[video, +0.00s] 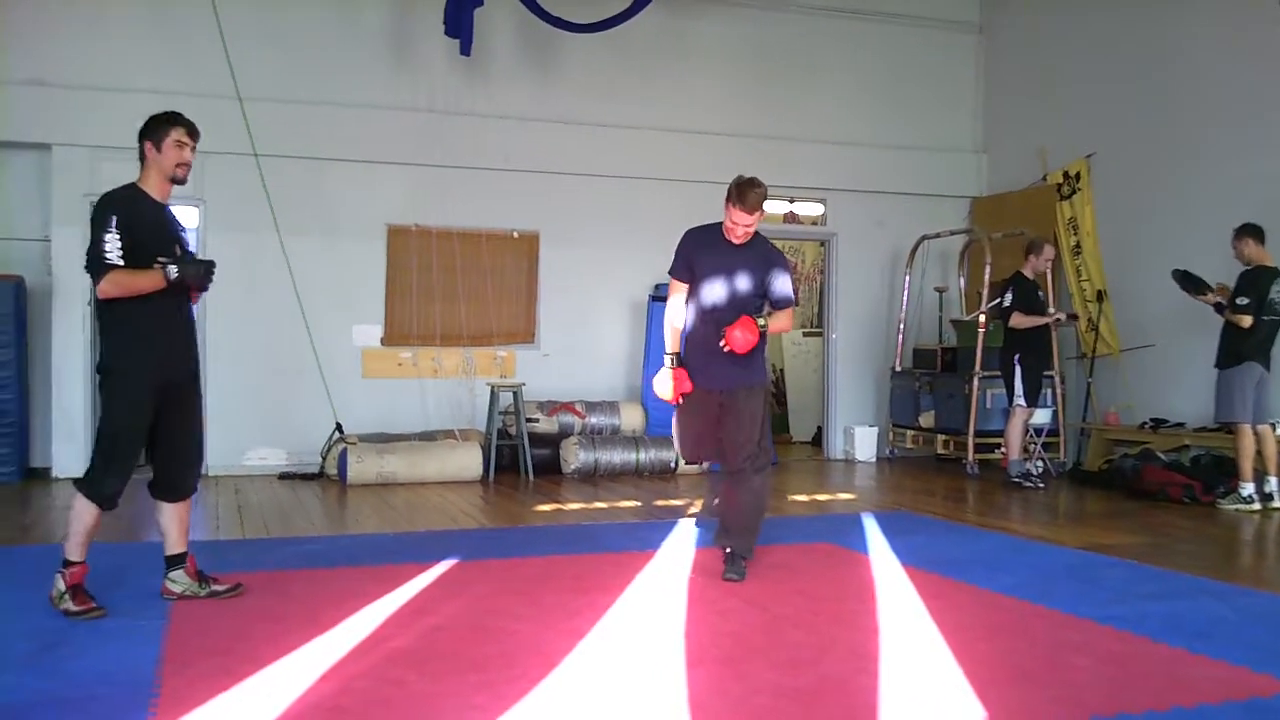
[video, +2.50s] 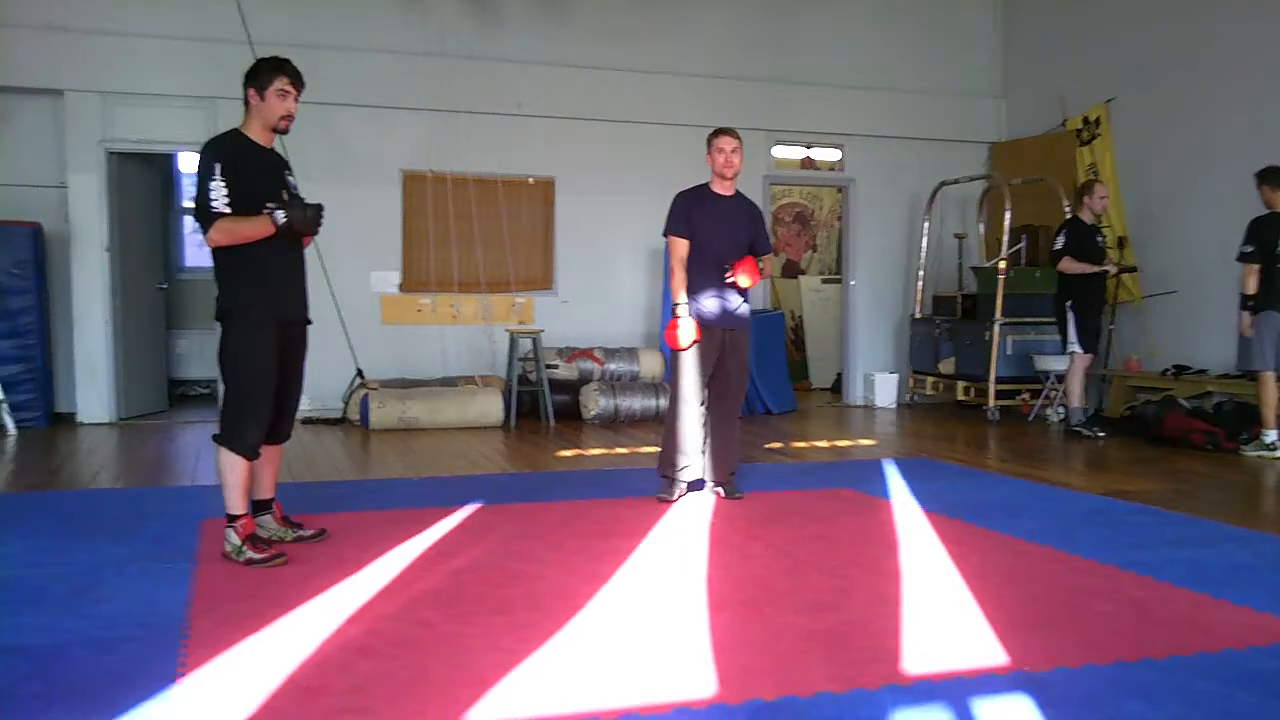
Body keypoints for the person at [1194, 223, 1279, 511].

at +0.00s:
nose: (1235, 254)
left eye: (1236, 248)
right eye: (1234, 249)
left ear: (1248, 243)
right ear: (1256, 242)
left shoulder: (1251, 276)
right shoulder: (1274, 275)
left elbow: (1244, 319)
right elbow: (1257, 316)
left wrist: (1216, 304)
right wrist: (1232, 297)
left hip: (1240, 360)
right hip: (1262, 360)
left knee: (1242, 426)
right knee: (1263, 425)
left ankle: (1246, 491)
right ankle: (1272, 489)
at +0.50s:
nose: (1221, 218)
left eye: (1224, 213)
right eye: (1222, 213)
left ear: (1236, 213)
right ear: (1246, 213)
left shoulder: (1229, 247)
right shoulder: (1264, 251)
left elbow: (1221, 289)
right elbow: (1246, 288)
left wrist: (1201, 283)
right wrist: (1209, 278)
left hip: (1221, 328)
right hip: (1244, 328)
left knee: (1223, 391)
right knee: (1245, 390)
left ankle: (1226, 455)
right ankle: (1253, 453)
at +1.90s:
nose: (1249, 192)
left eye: (1252, 187)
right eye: (1250, 187)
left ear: (1265, 188)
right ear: (1273, 188)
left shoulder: (1256, 225)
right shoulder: (1275, 222)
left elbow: (1226, 263)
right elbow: (1251, 258)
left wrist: (1216, 251)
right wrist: (1226, 253)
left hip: (1254, 307)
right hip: (1276, 305)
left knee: (1253, 374)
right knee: (1274, 374)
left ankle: (1258, 440)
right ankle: (1276, 434)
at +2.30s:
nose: (1269, 197)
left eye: (1269, 192)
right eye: (1268, 191)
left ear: (1274, 193)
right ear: (1275, 192)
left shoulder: (1269, 226)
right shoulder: (1268, 226)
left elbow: (1241, 268)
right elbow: (1243, 266)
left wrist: (1219, 274)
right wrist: (1223, 273)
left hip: (1267, 311)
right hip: (1268, 310)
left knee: (1269, 376)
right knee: (1269, 376)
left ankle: (1271, 441)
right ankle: (1271, 439)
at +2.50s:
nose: (1261, 196)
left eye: (1261, 190)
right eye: (1260, 190)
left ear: (1268, 190)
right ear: (1275, 189)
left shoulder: (1262, 225)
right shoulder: (1262, 225)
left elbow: (1252, 270)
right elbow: (1252, 270)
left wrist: (1247, 308)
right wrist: (1249, 308)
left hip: (1269, 308)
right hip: (1269, 308)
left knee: (1267, 371)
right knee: (1267, 371)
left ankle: (1270, 436)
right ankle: (1270, 435)